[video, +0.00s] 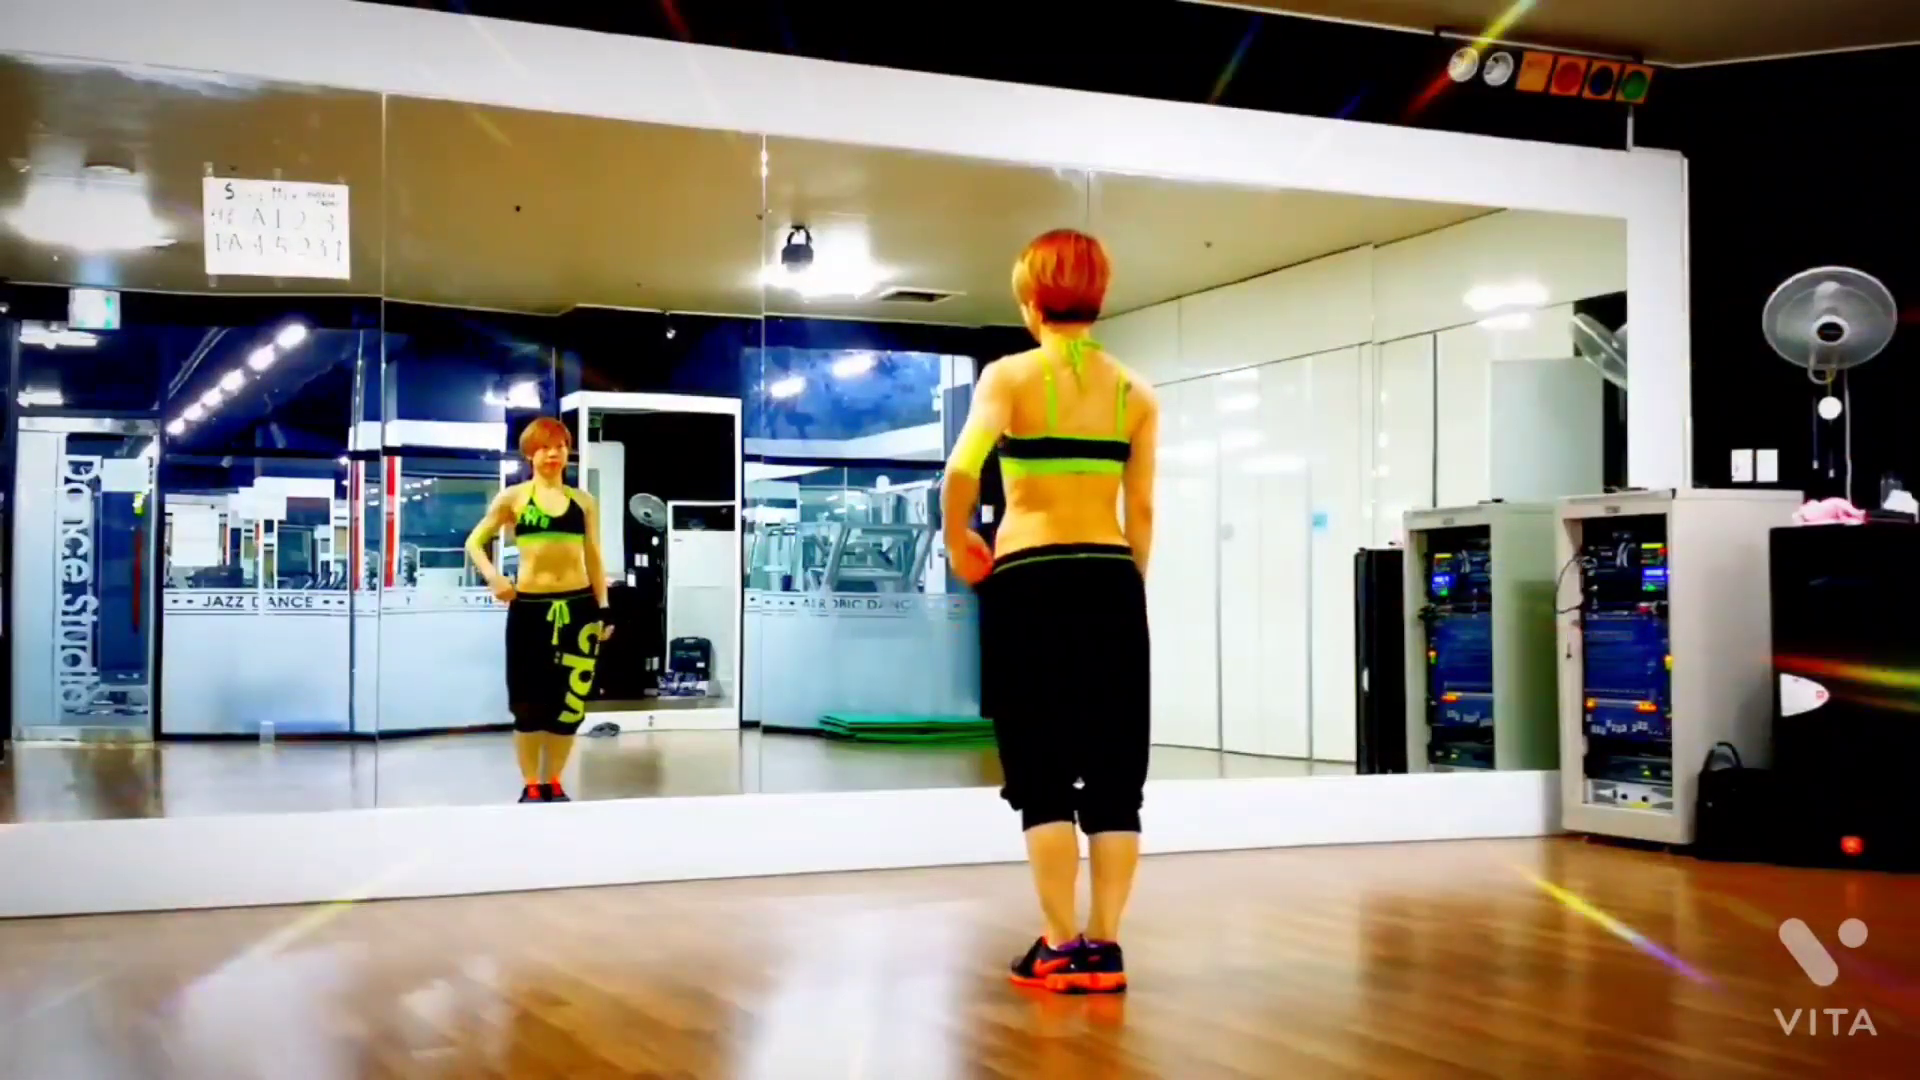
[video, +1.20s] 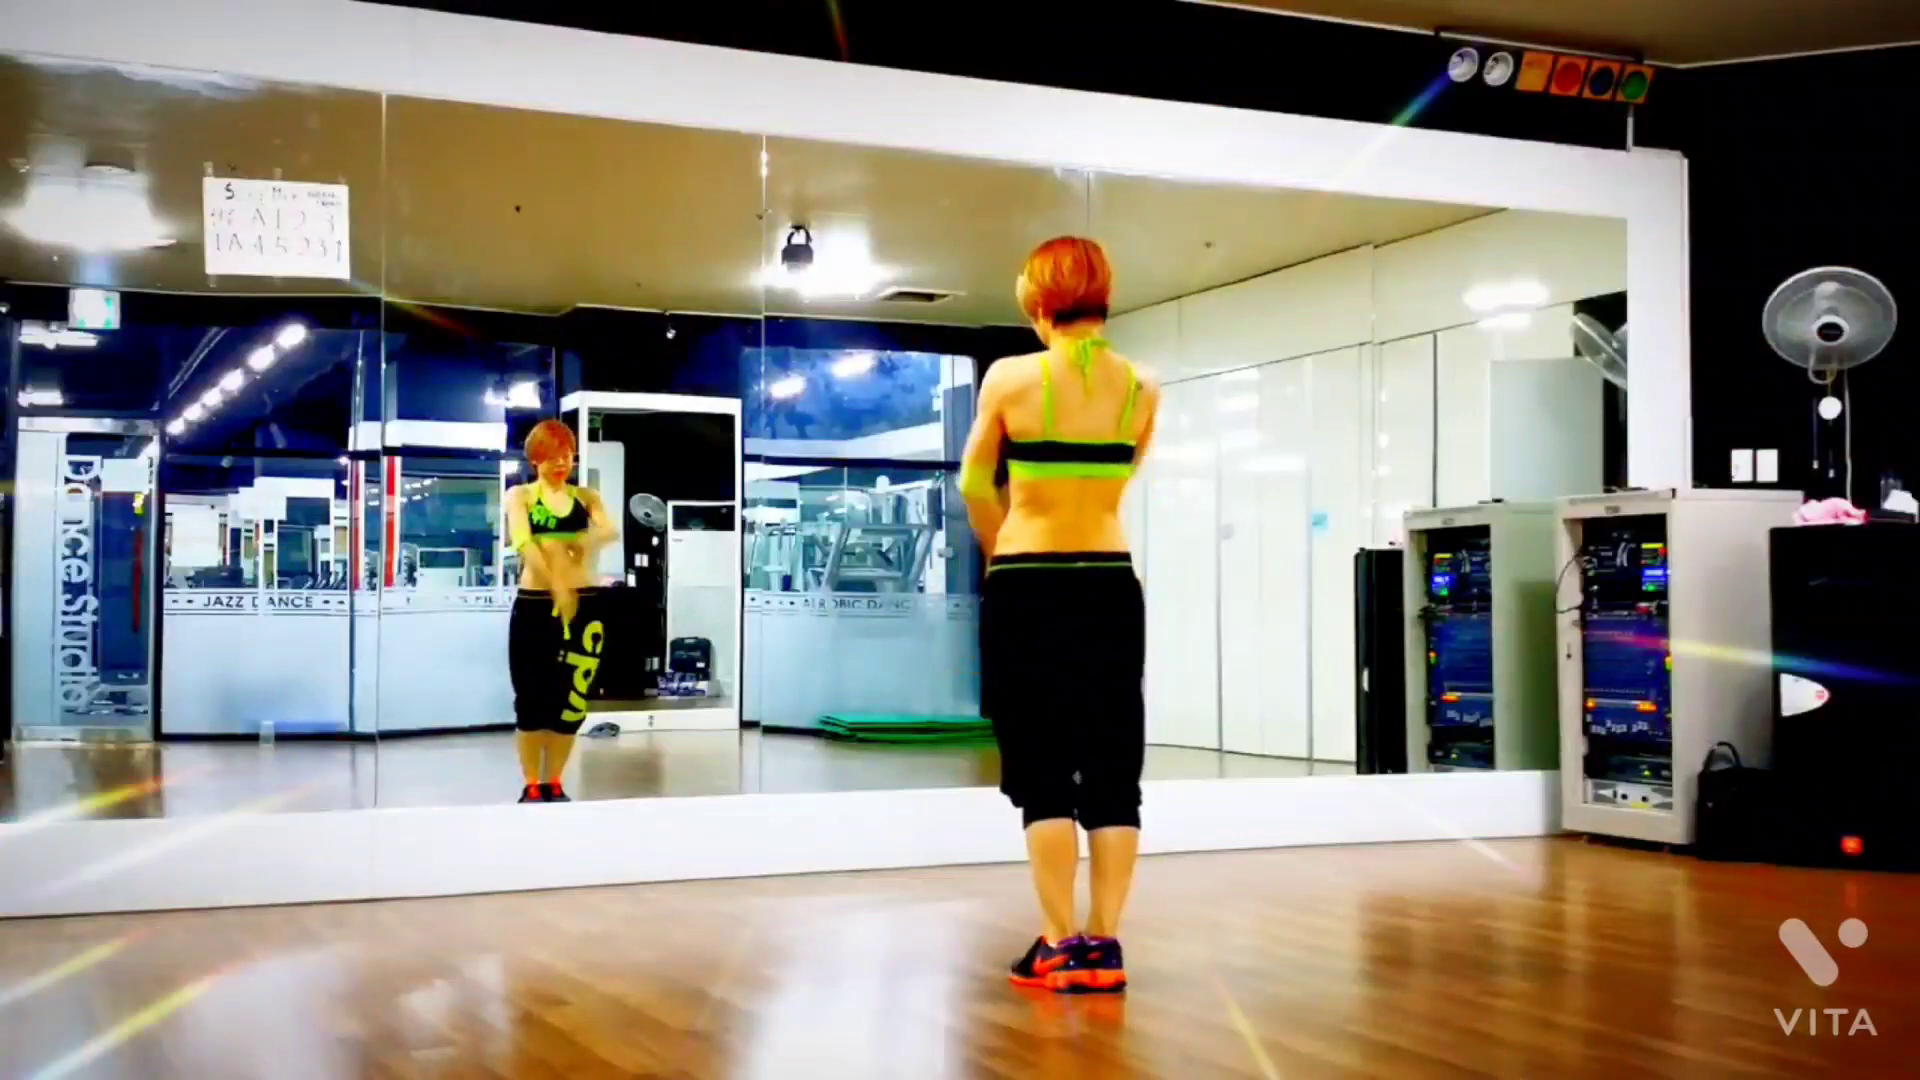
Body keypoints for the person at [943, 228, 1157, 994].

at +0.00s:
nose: (1023, 304)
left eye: (1024, 293)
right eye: (1036, 292)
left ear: (1029, 299)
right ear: (1099, 298)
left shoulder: (1006, 377)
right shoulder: (1134, 391)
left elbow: (962, 473)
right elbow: (1140, 505)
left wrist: (961, 548)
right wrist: (1131, 577)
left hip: (1027, 587)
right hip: (1111, 585)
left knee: (1039, 765)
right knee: (1116, 766)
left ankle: (1061, 940)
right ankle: (1104, 945)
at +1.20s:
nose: (1027, 311)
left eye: (1029, 301)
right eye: (1038, 300)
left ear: (1035, 305)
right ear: (1105, 301)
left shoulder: (1009, 378)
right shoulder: (1140, 389)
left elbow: (976, 488)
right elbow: (1123, 477)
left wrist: (1009, 548)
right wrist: (1057, 531)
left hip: (1025, 591)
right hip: (1108, 589)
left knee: (1040, 764)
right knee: (1114, 766)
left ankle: (1059, 939)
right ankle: (1103, 941)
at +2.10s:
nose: (1037, 323)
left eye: (1037, 310)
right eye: (1074, 312)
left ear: (1031, 319)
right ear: (1103, 322)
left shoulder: (1000, 388)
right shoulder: (1123, 398)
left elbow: (899, 436)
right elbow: (1208, 453)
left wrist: (831, 483)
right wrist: (1279, 500)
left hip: (1027, 595)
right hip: (1106, 593)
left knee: (1022, 775)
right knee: (1092, 775)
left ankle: (1062, 938)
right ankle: (1101, 942)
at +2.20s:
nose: (1029, 297)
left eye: (1031, 287)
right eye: (1043, 289)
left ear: (1034, 301)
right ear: (1103, 306)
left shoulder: (1002, 368)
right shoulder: (1126, 381)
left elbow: (894, 373)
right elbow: (1222, 399)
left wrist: (797, 390)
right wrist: (1296, 412)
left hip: (1024, 583)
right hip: (1105, 582)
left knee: (1026, 770)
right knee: (1100, 772)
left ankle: (1064, 937)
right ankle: (1102, 943)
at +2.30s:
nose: (1022, 288)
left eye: (1028, 279)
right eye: (1038, 278)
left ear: (1032, 295)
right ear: (1101, 299)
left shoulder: (1006, 356)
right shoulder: (1116, 371)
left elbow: (915, 287)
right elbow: (1207, 310)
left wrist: (823, 230)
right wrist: (1305, 254)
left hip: (1022, 575)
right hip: (1102, 573)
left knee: (1036, 759)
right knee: (1111, 758)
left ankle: (1060, 938)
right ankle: (1102, 942)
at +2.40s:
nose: (1026, 292)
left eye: (1031, 282)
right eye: (1036, 283)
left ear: (1036, 299)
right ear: (1103, 304)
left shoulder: (1011, 354)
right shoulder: (1115, 366)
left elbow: (932, 264)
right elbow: (1189, 280)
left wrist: (849, 185)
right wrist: (1269, 203)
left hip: (1023, 572)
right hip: (1104, 569)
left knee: (1039, 769)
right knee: (1114, 765)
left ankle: (1060, 938)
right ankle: (1102, 942)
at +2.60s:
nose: (1035, 278)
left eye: (1038, 269)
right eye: (1065, 270)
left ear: (1037, 291)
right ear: (1107, 300)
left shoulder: (1012, 344)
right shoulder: (1112, 358)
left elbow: (975, 223)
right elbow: (1134, 256)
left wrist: (933, 117)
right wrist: (1167, 145)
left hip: (1022, 572)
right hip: (1104, 569)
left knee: (1036, 767)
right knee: (1115, 763)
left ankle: (1062, 940)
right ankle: (1102, 943)